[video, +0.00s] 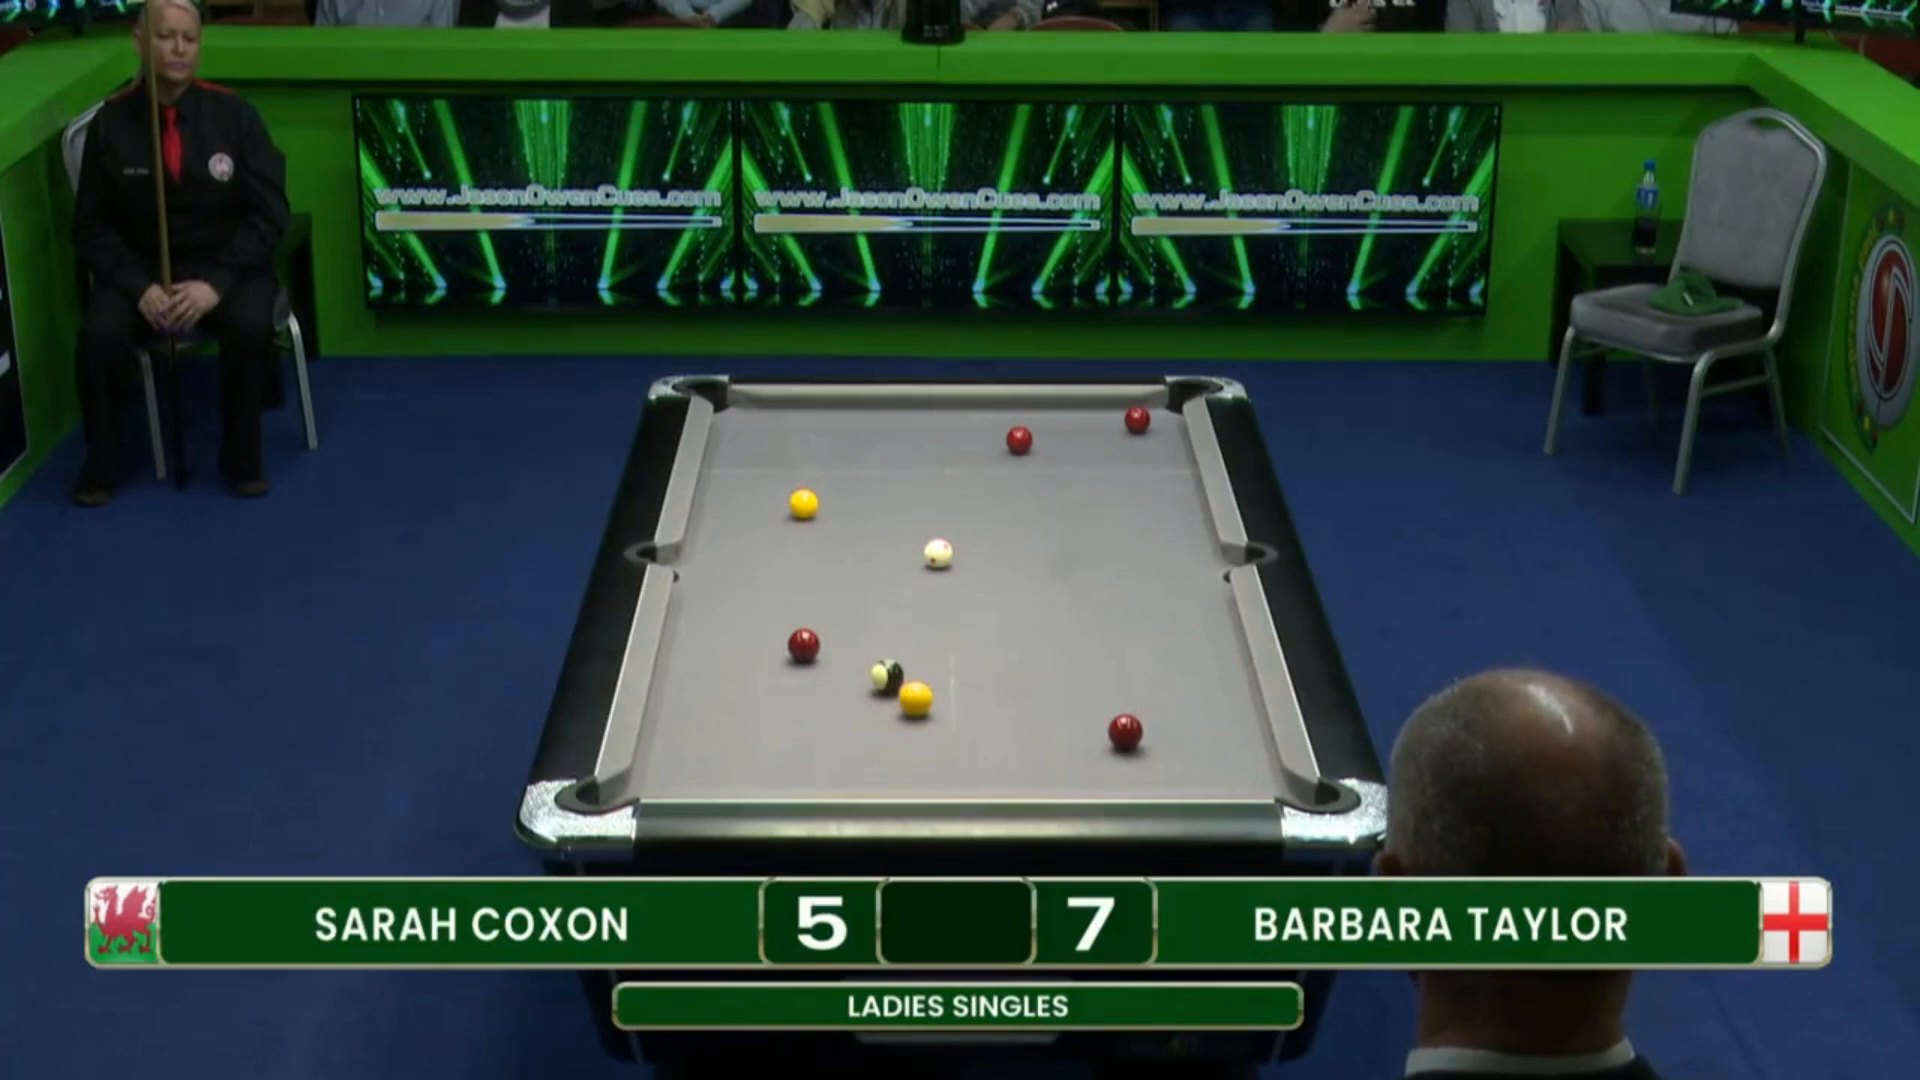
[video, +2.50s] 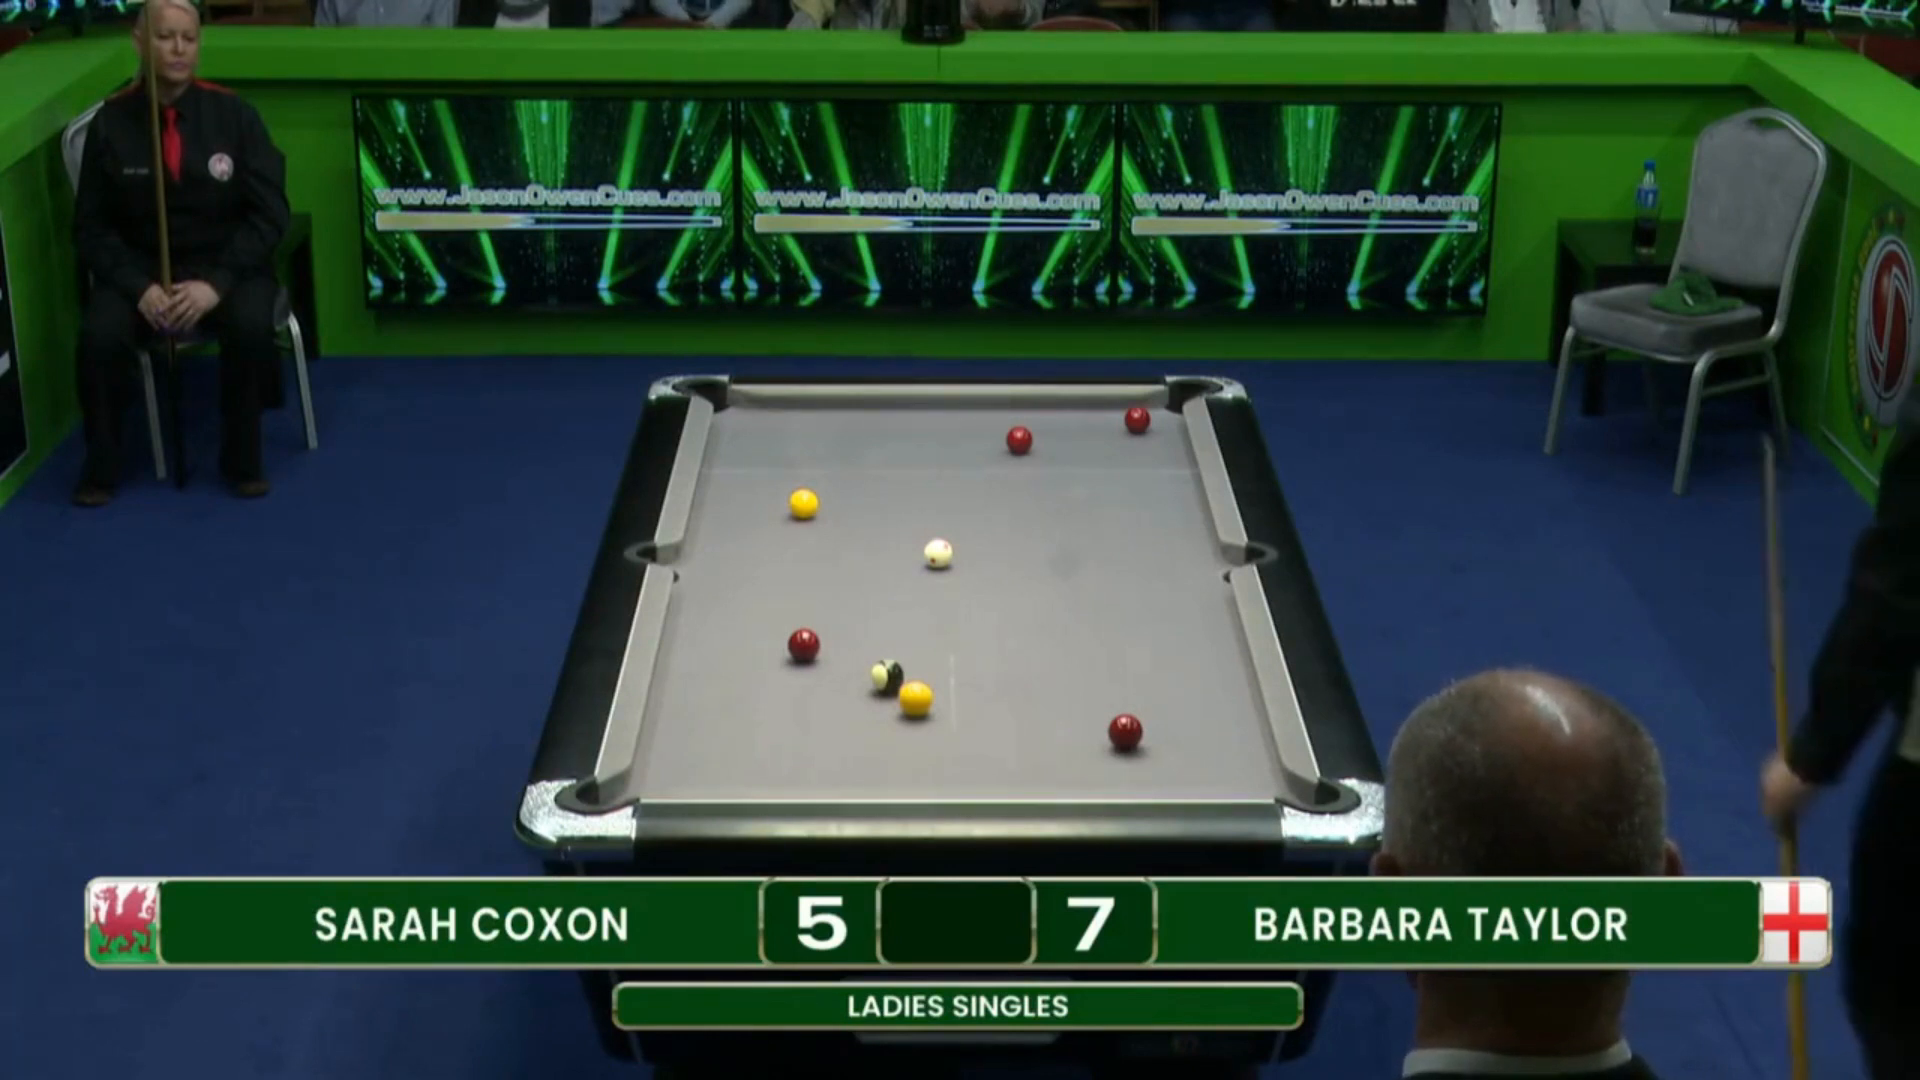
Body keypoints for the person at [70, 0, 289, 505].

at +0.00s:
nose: (179, 49)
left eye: (189, 38)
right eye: (165, 37)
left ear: (200, 45)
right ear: (141, 42)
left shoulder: (235, 115)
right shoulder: (111, 121)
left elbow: (269, 215)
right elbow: (90, 226)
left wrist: (214, 284)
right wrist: (140, 287)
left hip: (221, 266)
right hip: (138, 272)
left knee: (249, 330)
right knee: (101, 336)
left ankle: (243, 463)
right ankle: (101, 469)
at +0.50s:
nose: (179, 48)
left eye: (189, 38)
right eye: (165, 36)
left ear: (200, 44)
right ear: (141, 41)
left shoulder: (234, 115)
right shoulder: (112, 121)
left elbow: (269, 215)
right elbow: (90, 226)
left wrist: (214, 284)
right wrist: (140, 287)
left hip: (221, 267)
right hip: (139, 273)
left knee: (248, 328)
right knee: (101, 335)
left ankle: (243, 463)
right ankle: (101, 469)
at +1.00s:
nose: (179, 48)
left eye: (189, 38)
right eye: (165, 37)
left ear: (199, 44)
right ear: (140, 41)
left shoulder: (234, 115)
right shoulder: (112, 121)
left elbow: (269, 215)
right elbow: (91, 226)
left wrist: (214, 284)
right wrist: (140, 287)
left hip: (221, 268)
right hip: (139, 274)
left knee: (248, 328)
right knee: (101, 336)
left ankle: (243, 463)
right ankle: (101, 469)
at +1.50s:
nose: (179, 49)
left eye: (189, 38)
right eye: (165, 37)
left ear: (199, 44)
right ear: (140, 41)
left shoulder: (234, 115)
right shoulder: (111, 121)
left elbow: (269, 215)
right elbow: (91, 226)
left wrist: (214, 284)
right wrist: (140, 287)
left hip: (221, 268)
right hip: (139, 274)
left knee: (248, 328)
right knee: (101, 336)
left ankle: (243, 463)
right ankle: (101, 469)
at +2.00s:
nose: (179, 49)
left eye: (189, 38)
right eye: (165, 37)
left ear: (199, 44)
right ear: (141, 42)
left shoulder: (234, 116)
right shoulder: (111, 121)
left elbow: (269, 215)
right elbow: (90, 226)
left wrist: (214, 284)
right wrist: (140, 287)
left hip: (221, 268)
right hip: (138, 274)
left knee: (248, 328)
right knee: (101, 336)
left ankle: (243, 463)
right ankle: (101, 469)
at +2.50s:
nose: (179, 49)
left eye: (189, 38)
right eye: (165, 37)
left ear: (199, 44)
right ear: (140, 42)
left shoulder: (234, 116)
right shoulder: (111, 122)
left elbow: (269, 215)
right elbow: (90, 226)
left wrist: (214, 284)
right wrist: (140, 287)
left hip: (221, 267)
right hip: (138, 274)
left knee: (248, 328)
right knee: (101, 336)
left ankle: (243, 463)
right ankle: (101, 469)